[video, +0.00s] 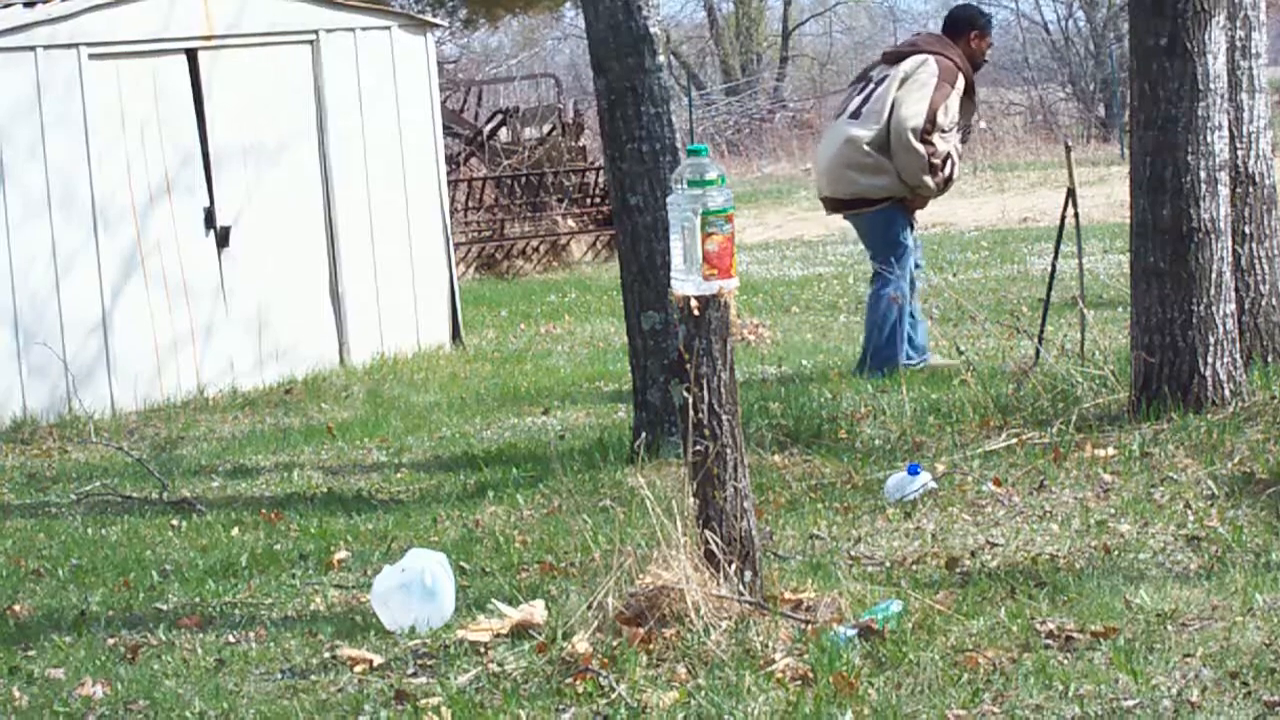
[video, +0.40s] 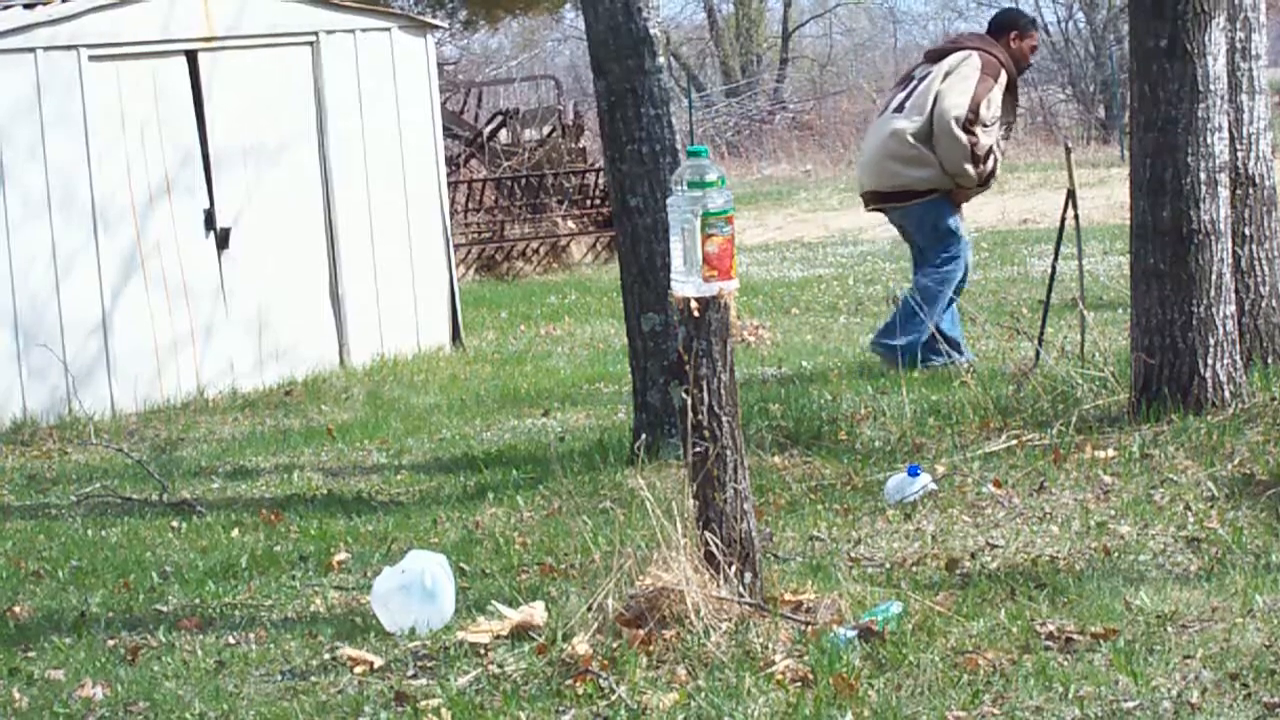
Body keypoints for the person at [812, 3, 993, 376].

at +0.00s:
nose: (988, 53)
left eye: (989, 45)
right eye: (987, 44)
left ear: (950, 34)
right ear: (972, 38)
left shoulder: (912, 56)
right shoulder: (942, 65)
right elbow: (910, 128)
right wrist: (926, 185)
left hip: (845, 172)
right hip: (866, 174)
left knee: (908, 258)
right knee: (895, 266)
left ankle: (912, 354)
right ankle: (880, 366)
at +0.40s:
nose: (1033, 57)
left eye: (1036, 49)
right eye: (1033, 47)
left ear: (1002, 37)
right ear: (1013, 39)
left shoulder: (954, 55)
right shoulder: (986, 61)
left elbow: (897, 108)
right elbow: (954, 120)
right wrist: (969, 180)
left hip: (883, 169)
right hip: (909, 168)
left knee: (939, 262)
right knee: (950, 260)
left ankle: (943, 353)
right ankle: (897, 344)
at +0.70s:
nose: (1069, 60)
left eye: (1072, 52)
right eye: (1069, 49)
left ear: (1043, 39)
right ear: (1048, 40)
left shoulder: (987, 54)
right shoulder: (1017, 58)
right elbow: (981, 110)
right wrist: (1004, 169)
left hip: (908, 169)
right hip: (945, 169)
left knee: (947, 258)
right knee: (999, 256)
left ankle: (942, 357)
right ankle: (1024, 351)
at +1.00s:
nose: (1113, 71)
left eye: (1116, 63)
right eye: (1114, 61)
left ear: (1093, 45)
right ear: (1098, 47)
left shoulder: (1026, 53)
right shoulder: (1064, 62)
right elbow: (1027, 117)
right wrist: (1048, 171)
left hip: (944, 162)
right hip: (985, 165)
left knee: (976, 252)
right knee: (1023, 254)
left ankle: (948, 349)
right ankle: (1040, 350)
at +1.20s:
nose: (1131, 68)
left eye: (1134, 61)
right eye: (1133, 59)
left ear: (1104, 38)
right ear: (1122, 48)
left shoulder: (1049, 49)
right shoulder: (1086, 62)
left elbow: (984, 98)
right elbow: (1049, 116)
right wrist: (1066, 176)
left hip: (971, 157)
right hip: (1006, 159)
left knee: (1013, 243)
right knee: (1042, 256)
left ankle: (979, 317)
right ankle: (1044, 354)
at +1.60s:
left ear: (1122, 31)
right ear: (1143, 44)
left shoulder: (1077, 52)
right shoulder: (1113, 55)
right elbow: (1085, 107)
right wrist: (1107, 167)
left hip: (1009, 165)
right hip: (1043, 165)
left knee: (1075, 257)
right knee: (1078, 258)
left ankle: (1090, 347)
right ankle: (1041, 354)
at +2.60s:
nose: (1095, 58)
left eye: (1100, 52)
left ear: (1113, 50)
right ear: (1140, 48)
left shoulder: (1094, 80)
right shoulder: (1152, 72)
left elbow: (1065, 127)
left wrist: (1068, 157)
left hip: (1100, 174)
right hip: (1143, 172)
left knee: (1111, 250)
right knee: (1152, 250)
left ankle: (1105, 330)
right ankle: (1157, 333)